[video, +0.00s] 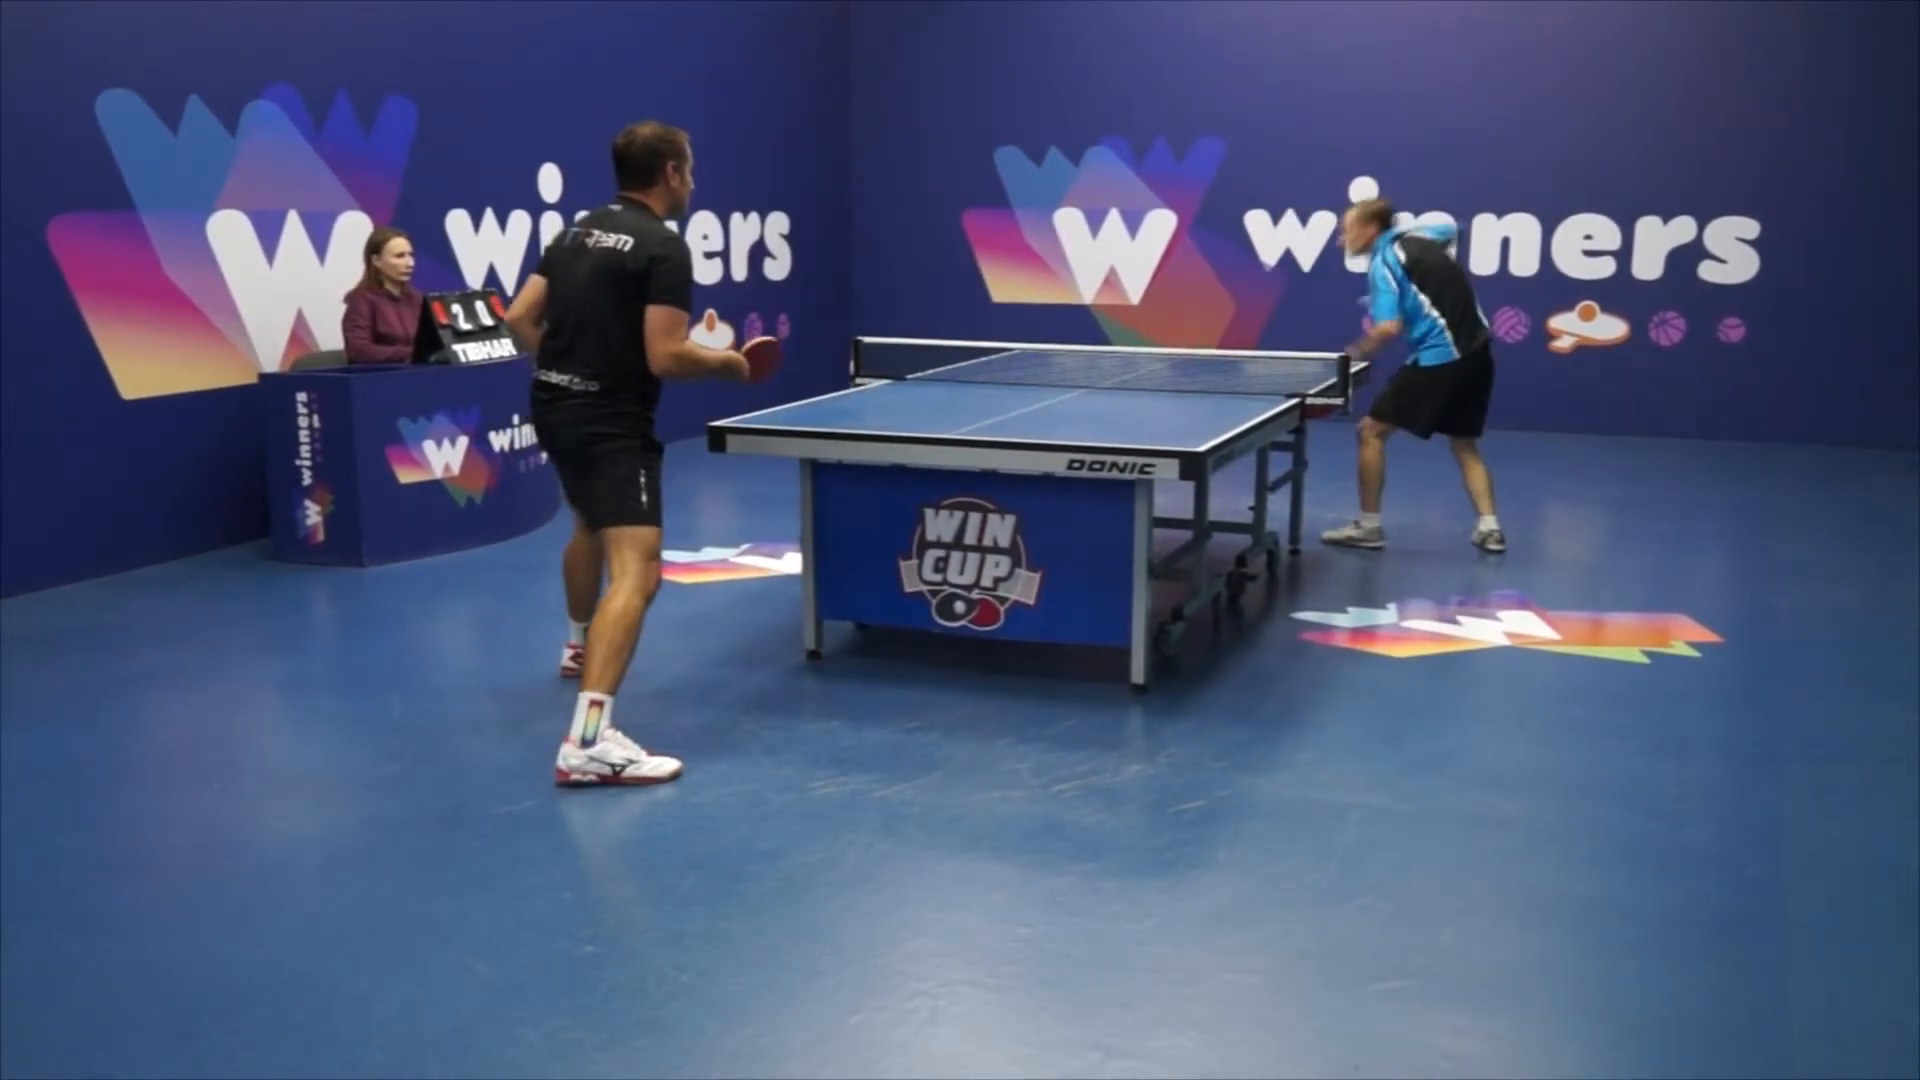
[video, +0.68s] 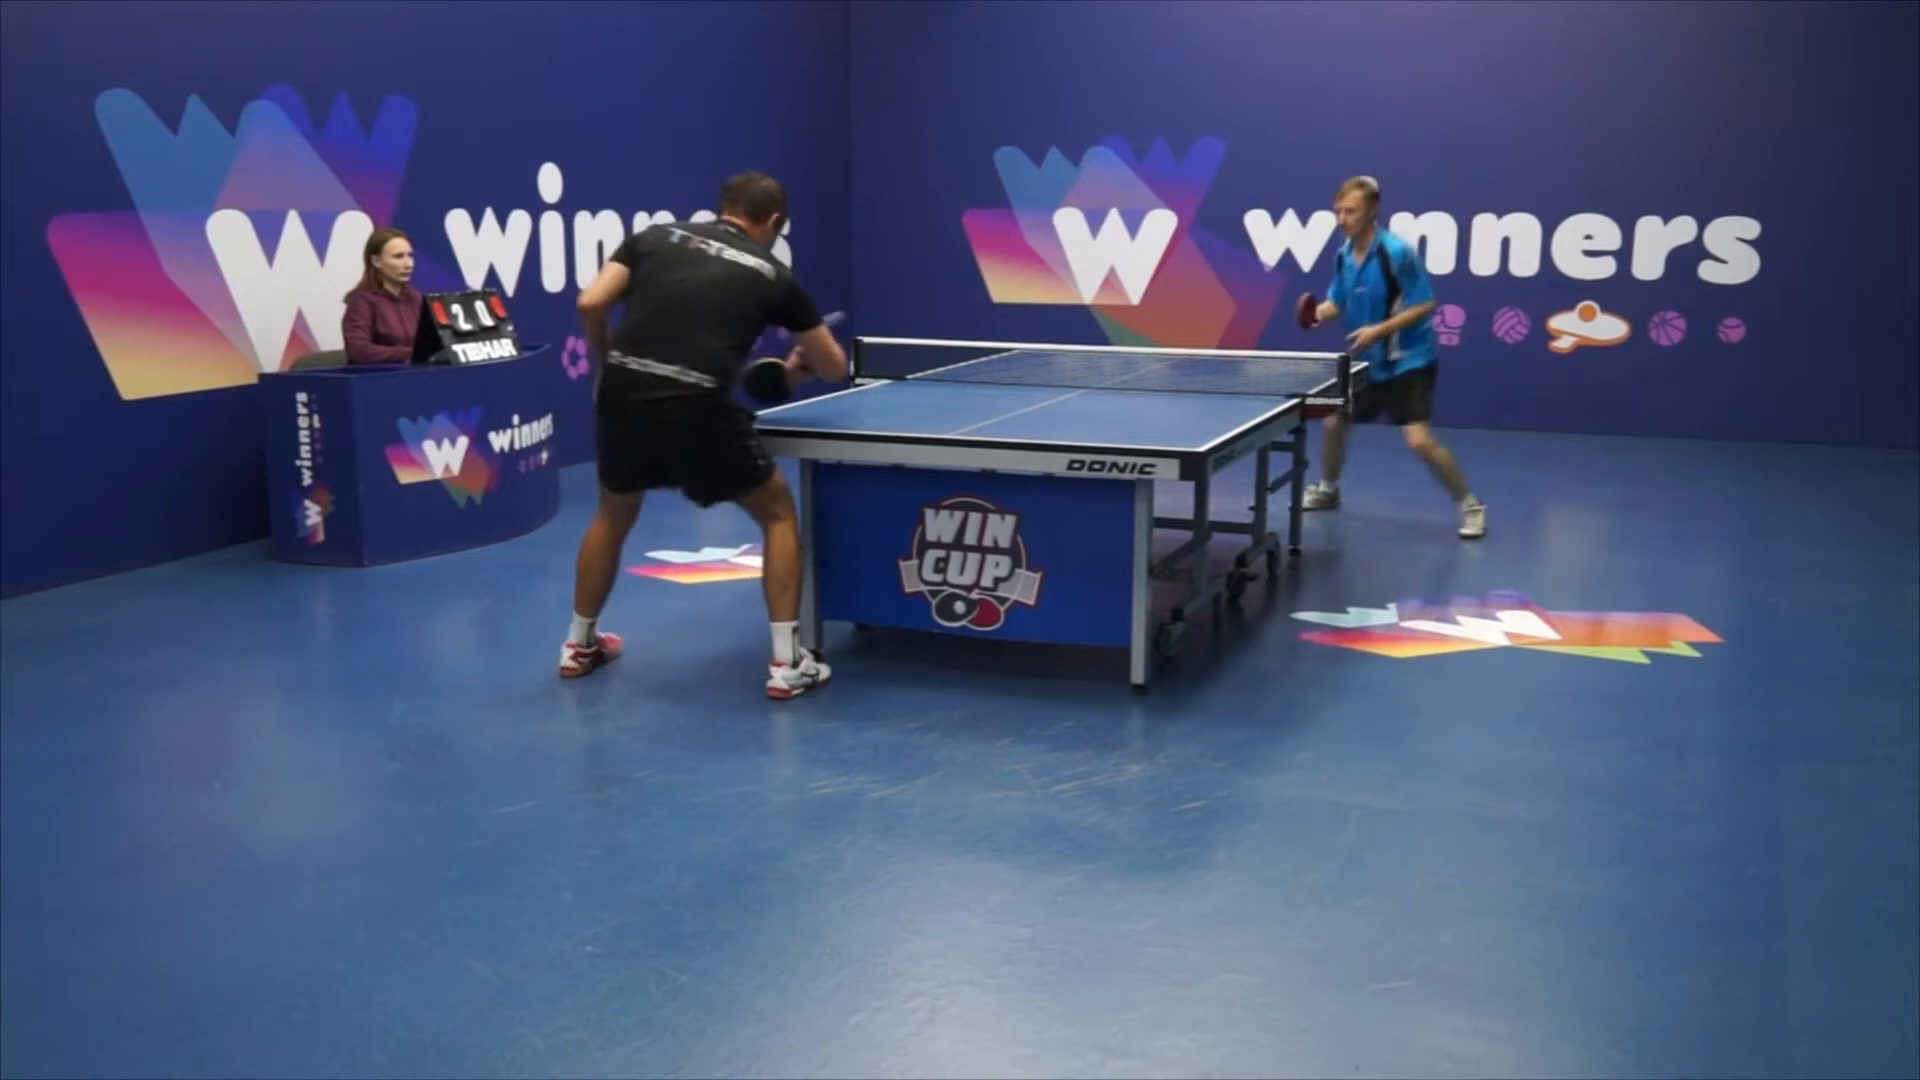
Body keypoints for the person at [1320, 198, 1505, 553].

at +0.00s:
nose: (1343, 238)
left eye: (1348, 229)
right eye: (1344, 230)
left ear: (1371, 228)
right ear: (1379, 227)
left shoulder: (1382, 262)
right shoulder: (1420, 237)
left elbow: (1388, 327)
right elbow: (1450, 224)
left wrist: (1360, 349)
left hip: (1436, 360)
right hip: (1477, 355)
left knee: (1371, 432)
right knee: (1465, 445)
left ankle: (1368, 525)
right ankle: (1489, 526)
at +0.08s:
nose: (1324, 255)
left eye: (1330, 247)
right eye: (1323, 247)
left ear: (1356, 243)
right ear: (1358, 243)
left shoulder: (1376, 273)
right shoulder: (1390, 249)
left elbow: (1410, 324)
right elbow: (1431, 255)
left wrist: (1384, 359)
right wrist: (1378, 295)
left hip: (1436, 362)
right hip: (1470, 356)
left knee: (1367, 433)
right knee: (1453, 445)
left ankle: (1377, 525)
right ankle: (1490, 522)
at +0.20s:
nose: (1321, 247)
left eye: (1327, 239)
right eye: (1317, 240)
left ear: (1350, 237)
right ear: (1316, 239)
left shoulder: (1373, 267)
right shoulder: (1358, 263)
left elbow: (1422, 308)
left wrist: (1382, 342)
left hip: (1420, 362)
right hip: (1425, 359)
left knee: (1356, 434)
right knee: (1412, 451)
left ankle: (1376, 525)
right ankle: (1490, 491)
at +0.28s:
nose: (1321, 234)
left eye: (1328, 226)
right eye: (1318, 227)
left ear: (1351, 225)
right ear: (1317, 227)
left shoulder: (1373, 256)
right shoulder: (1350, 257)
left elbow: (1421, 299)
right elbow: (1401, 255)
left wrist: (1377, 333)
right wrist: (1377, 325)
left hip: (1412, 356)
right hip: (1397, 354)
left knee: (1358, 434)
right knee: (1381, 437)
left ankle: (1376, 525)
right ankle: (1460, 477)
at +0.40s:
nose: (1321, 212)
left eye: (1328, 205)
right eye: (1317, 205)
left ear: (1350, 206)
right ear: (1317, 205)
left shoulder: (1373, 237)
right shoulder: (1341, 237)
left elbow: (1420, 281)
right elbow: (1365, 270)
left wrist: (1377, 313)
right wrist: (1348, 288)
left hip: (1410, 336)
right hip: (1383, 336)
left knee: (1387, 420)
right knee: (1357, 415)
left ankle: (1384, 514)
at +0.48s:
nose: (1323, 209)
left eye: (1331, 202)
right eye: (1320, 202)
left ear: (1352, 203)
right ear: (1318, 203)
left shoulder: (1378, 237)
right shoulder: (1337, 237)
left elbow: (1419, 282)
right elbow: (1355, 272)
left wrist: (1374, 311)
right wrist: (1336, 296)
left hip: (1406, 338)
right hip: (1371, 338)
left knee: (1387, 423)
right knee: (1343, 407)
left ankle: (1422, 508)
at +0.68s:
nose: (1342, 219)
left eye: (1350, 212)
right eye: (1339, 211)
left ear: (1371, 212)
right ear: (1337, 212)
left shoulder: (1398, 251)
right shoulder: (1345, 253)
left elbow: (1424, 303)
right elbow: (1338, 302)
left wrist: (1378, 329)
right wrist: (1315, 314)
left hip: (1410, 360)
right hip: (1369, 362)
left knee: (1418, 440)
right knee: (1333, 422)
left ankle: (1470, 505)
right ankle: (1327, 489)